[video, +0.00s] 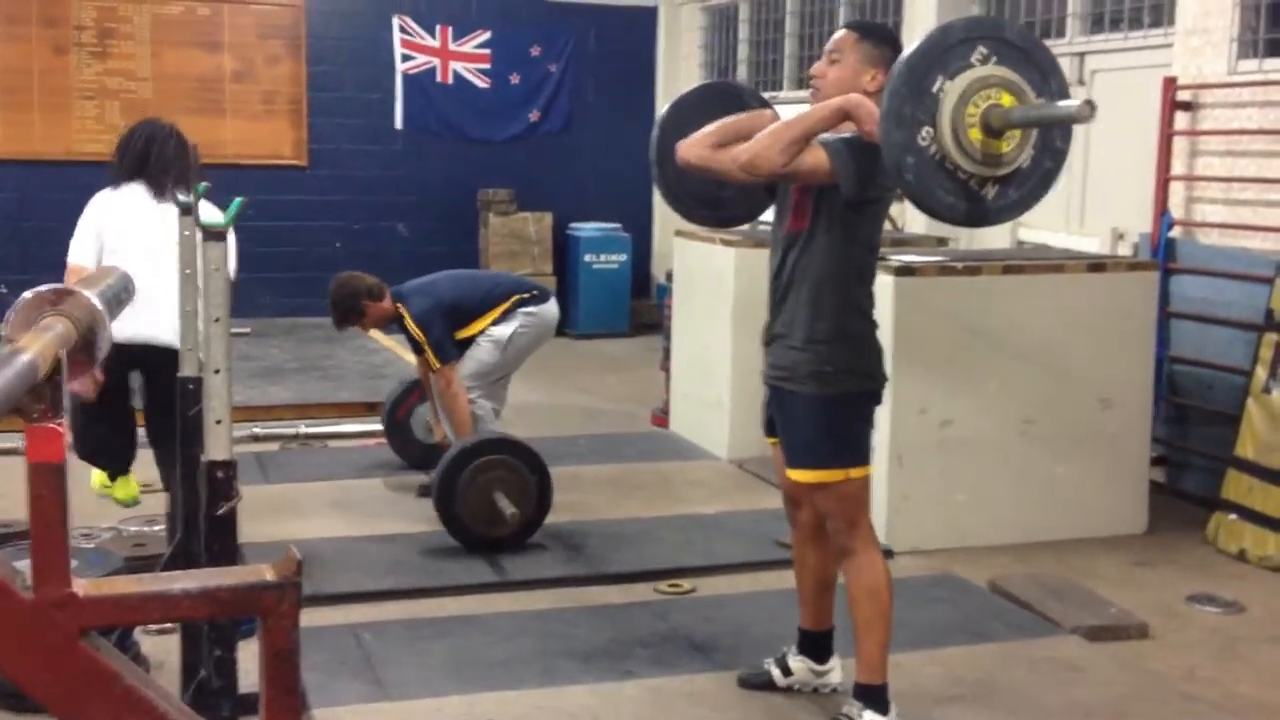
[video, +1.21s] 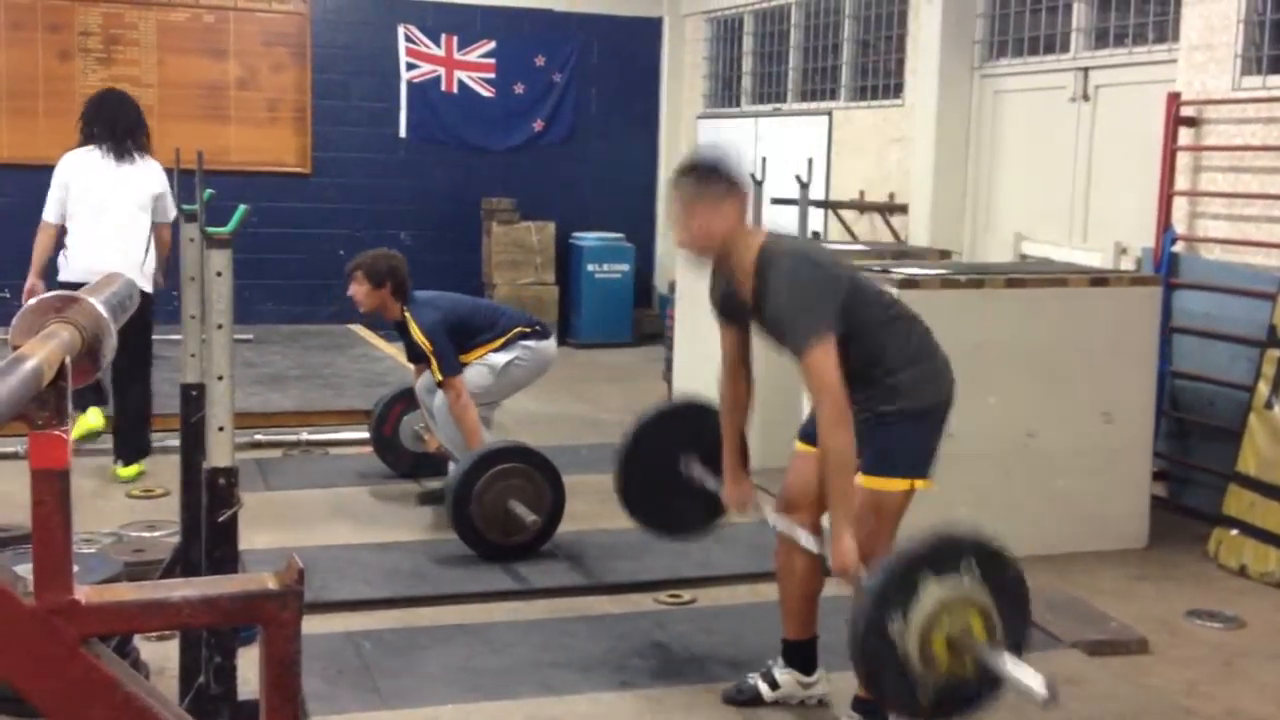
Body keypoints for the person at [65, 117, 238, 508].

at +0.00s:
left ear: (128, 156)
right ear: (181, 160)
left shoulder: (104, 203)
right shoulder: (205, 211)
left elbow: (77, 275)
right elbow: (225, 276)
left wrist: (73, 343)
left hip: (115, 338)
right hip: (177, 341)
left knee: (103, 389)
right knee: (175, 429)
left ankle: (116, 471)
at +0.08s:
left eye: (124, 156)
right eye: (169, 154)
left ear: (122, 163)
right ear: (174, 163)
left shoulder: (104, 207)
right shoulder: (197, 211)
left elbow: (71, 266)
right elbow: (225, 279)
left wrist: (79, 317)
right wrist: (204, 315)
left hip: (117, 341)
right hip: (180, 343)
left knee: (104, 400)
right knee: (180, 447)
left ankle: (100, 475)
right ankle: (191, 539)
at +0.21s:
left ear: (99, 153)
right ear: (152, 151)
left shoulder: (83, 198)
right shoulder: (183, 198)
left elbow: (60, 266)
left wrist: (60, 329)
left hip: (106, 332)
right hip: (168, 332)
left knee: (98, 416)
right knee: (166, 422)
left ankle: (96, 501)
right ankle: (193, 517)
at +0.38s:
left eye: (68, 157)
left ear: (72, 160)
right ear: (124, 153)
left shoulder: (59, 210)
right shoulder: (156, 201)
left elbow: (41, 289)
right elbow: (182, 267)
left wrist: (43, 340)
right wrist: (198, 317)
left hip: (84, 338)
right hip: (146, 335)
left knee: (87, 424)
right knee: (150, 407)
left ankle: (94, 509)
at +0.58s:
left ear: (71, 132)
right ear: (121, 129)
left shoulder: (55, 178)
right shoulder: (147, 176)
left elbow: (33, 248)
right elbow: (168, 237)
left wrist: (49, 283)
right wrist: (190, 293)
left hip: (78, 308)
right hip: (137, 304)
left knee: (84, 402)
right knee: (136, 376)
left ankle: (95, 504)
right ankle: (139, 454)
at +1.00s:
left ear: (89, 139)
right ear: (137, 140)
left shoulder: (71, 178)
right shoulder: (151, 187)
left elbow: (52, 241)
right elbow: (166, 251)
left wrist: (74, 271)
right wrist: (188, 307)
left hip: (78, 300)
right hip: (131, 302)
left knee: (84, 381)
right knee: (130, 380)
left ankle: (90, 446)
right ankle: (128, 468)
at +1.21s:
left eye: (85, 118)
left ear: (88, 121)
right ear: (136, 122)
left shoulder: (71, 162)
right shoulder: (151, 169)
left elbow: (50, 225)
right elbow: (163, 232)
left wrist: (34, 272)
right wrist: (159, 270)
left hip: (78, 278)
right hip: (132, 281)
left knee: (74, 348)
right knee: (133, 368)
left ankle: (90, 408)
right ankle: (129, 459)